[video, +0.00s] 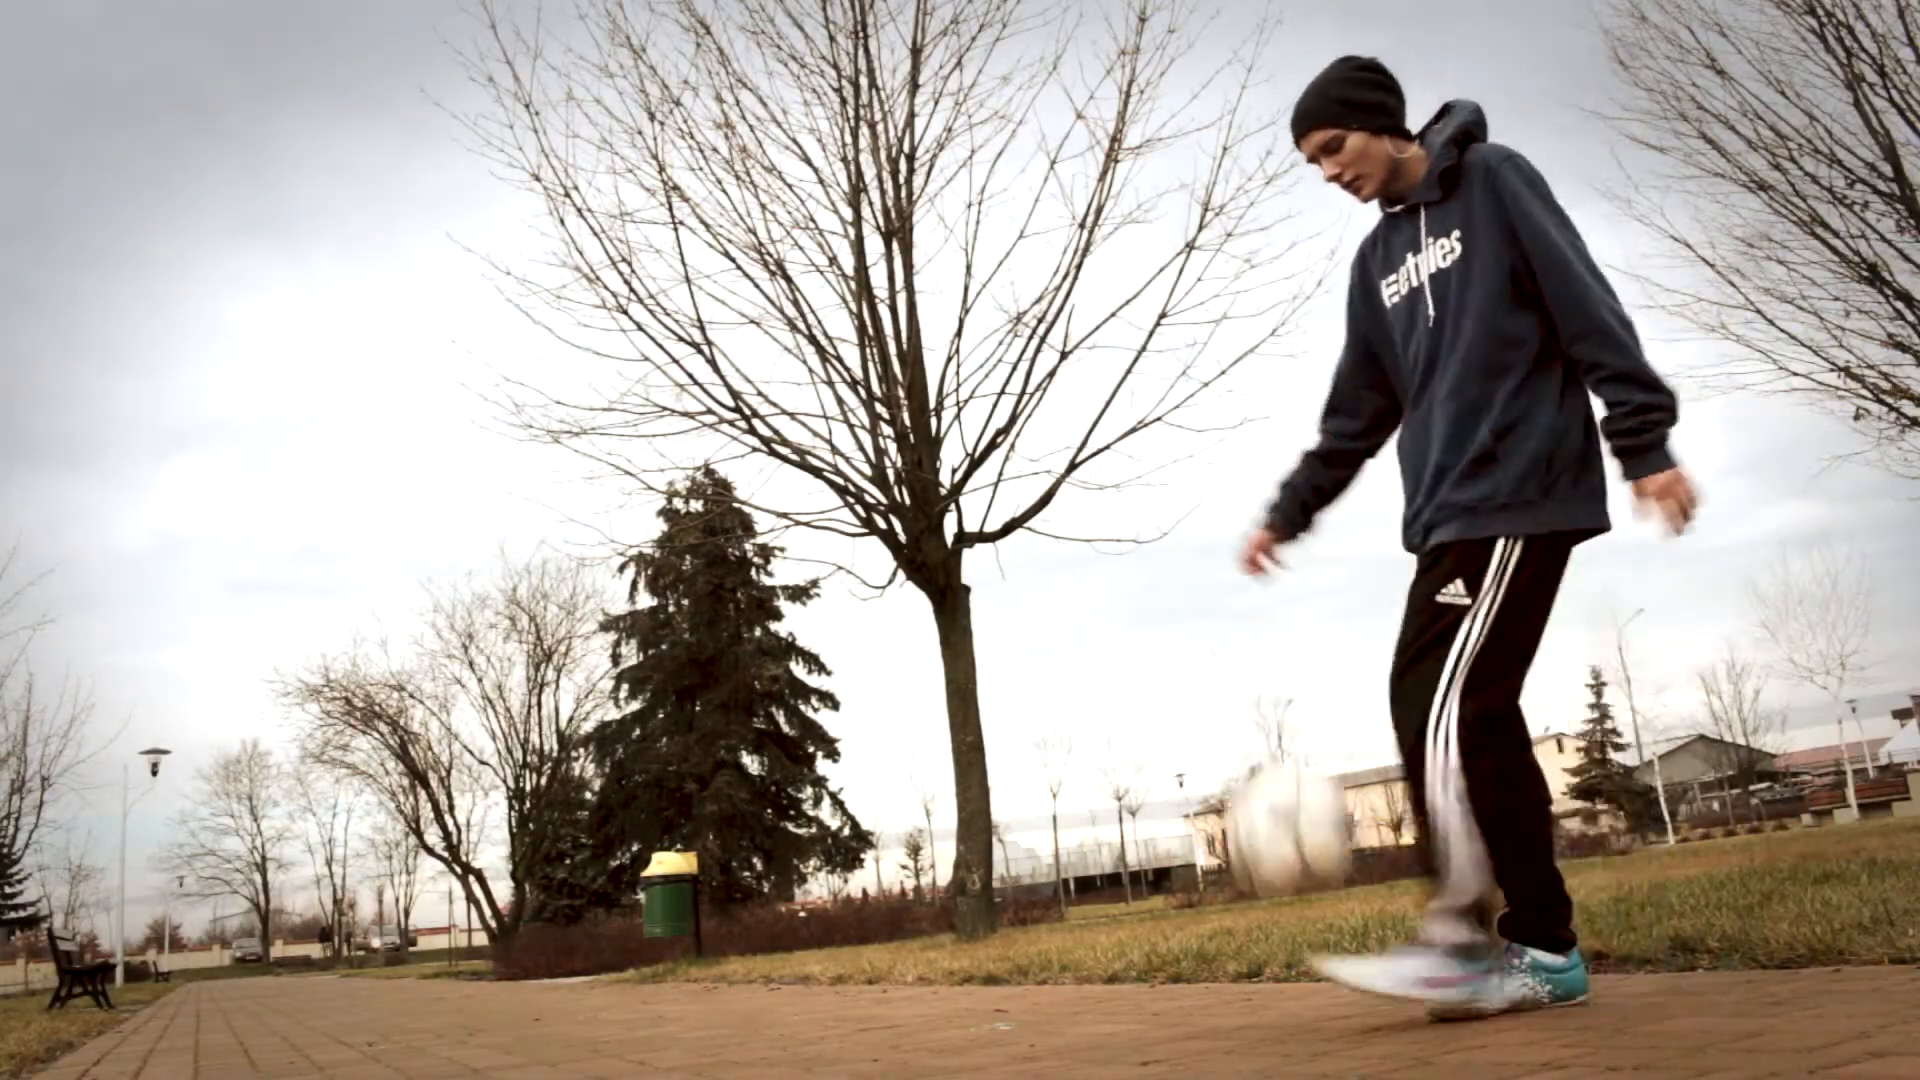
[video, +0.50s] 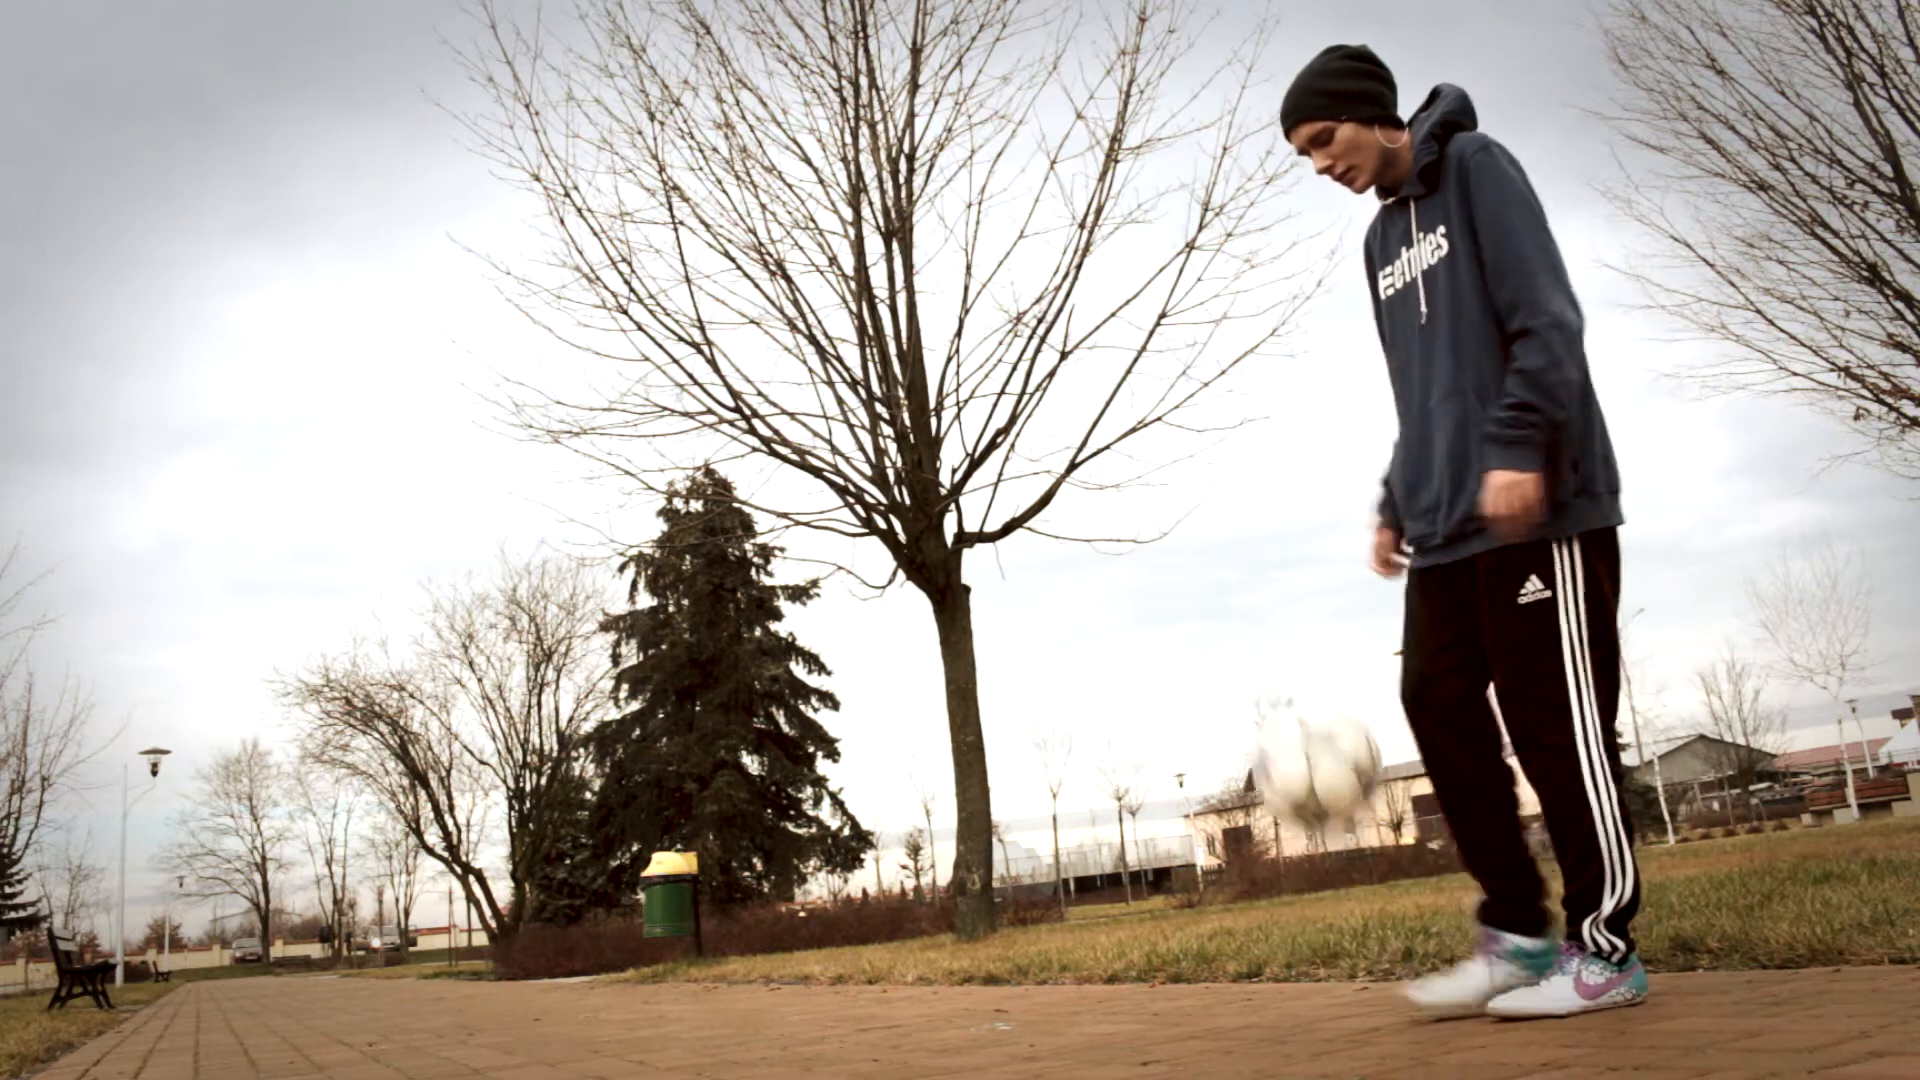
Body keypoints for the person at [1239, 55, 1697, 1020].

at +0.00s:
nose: (1333, 171)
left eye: (1337, 147)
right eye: (1318, 162)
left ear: (1387, 119)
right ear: (1328, 164)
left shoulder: (1490, 178)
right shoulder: (1377, 257)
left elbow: (1584, 301)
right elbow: (1360, 404)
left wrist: (1645, 445)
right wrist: (1286, 512)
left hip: (1525, 491)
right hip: (1449, 510)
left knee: (1429, 695)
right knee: (1479, 716)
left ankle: (1467, 930)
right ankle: (1546, 949)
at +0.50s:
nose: (1324, 163)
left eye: (1327, 138)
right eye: (1309, 154)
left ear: (1377, 108)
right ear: (1321, 153)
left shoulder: (1474, 169)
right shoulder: (1380, 238)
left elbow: (1547, 318)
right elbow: (1421, 388)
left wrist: (1520, 447)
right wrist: (1399, 499)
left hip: (1539, 503)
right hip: (1447, 525)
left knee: (1558, 720)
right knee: (1439, 710)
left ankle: (1607, 952)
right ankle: (1521, 938)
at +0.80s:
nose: (1305, 171)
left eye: (1306, 148)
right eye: (1292, 160)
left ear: (1350, 116)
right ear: (1320, 148)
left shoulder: (1452, 161)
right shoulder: (1379, 226)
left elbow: (1527, 316)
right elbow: (1429, 364)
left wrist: (1491, 448)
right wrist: (1437, 488)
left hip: (1544, 504)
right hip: (1459, 526)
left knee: (1573, 726)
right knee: (1481, 738)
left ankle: (1608, 951)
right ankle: (1518, 948)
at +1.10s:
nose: (1287, 195)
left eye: (1288, 171)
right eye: (1273, 183)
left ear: (1331, 138)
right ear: (1291, 174)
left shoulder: (1444, 176)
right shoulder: (1357, 260)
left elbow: (1567, 289)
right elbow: (1395, 415)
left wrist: (1630, 424)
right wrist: (1364, 511)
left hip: (1541, 490)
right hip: (1472, 514)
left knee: (1470, 708)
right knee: (1518, 719)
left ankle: (1434, 939)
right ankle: (1572, 946)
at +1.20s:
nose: (1284, 192)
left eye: (1284, 168)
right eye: (1270, 180)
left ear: (1326, 133)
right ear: (1286, 171)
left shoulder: (1439, 173)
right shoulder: (1352, 259)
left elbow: (1562, 287)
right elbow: (1386, 412)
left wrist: (1629, 420)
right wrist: (1345, 497)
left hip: (1541, 484)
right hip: (1474, 510)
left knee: (1476, 697)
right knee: (1530, 716)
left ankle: (1463, 937)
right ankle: (1574, 947)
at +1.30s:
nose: (1279, 189)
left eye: (1280, 165)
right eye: (1265, 178)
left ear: (1321, 131)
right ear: (1282, 166)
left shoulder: (1434, 170)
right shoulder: (1355, 248)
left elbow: (1554, 288)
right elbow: (1391, 399)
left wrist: (1601, 429)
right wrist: (1331, 481)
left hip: (1534, 486)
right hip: (1472, 509)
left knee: (1524, 708)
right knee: (1500, 717)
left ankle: (1578, 950)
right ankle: (1564, 945)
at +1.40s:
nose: (1274, 203)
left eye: (1272, 180)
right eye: (1260, 191)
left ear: (1311, 144)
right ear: (1284, 171)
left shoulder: (1429, 176)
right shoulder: (1355, 251)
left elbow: (1560, 292)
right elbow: (1382, 402)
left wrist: (1580, 432)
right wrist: (1301, 478)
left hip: (1545, 491)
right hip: (1475, 519)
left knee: (1545, 703)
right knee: (1483, 711)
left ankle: (1610, 954)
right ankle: (1556, 944)